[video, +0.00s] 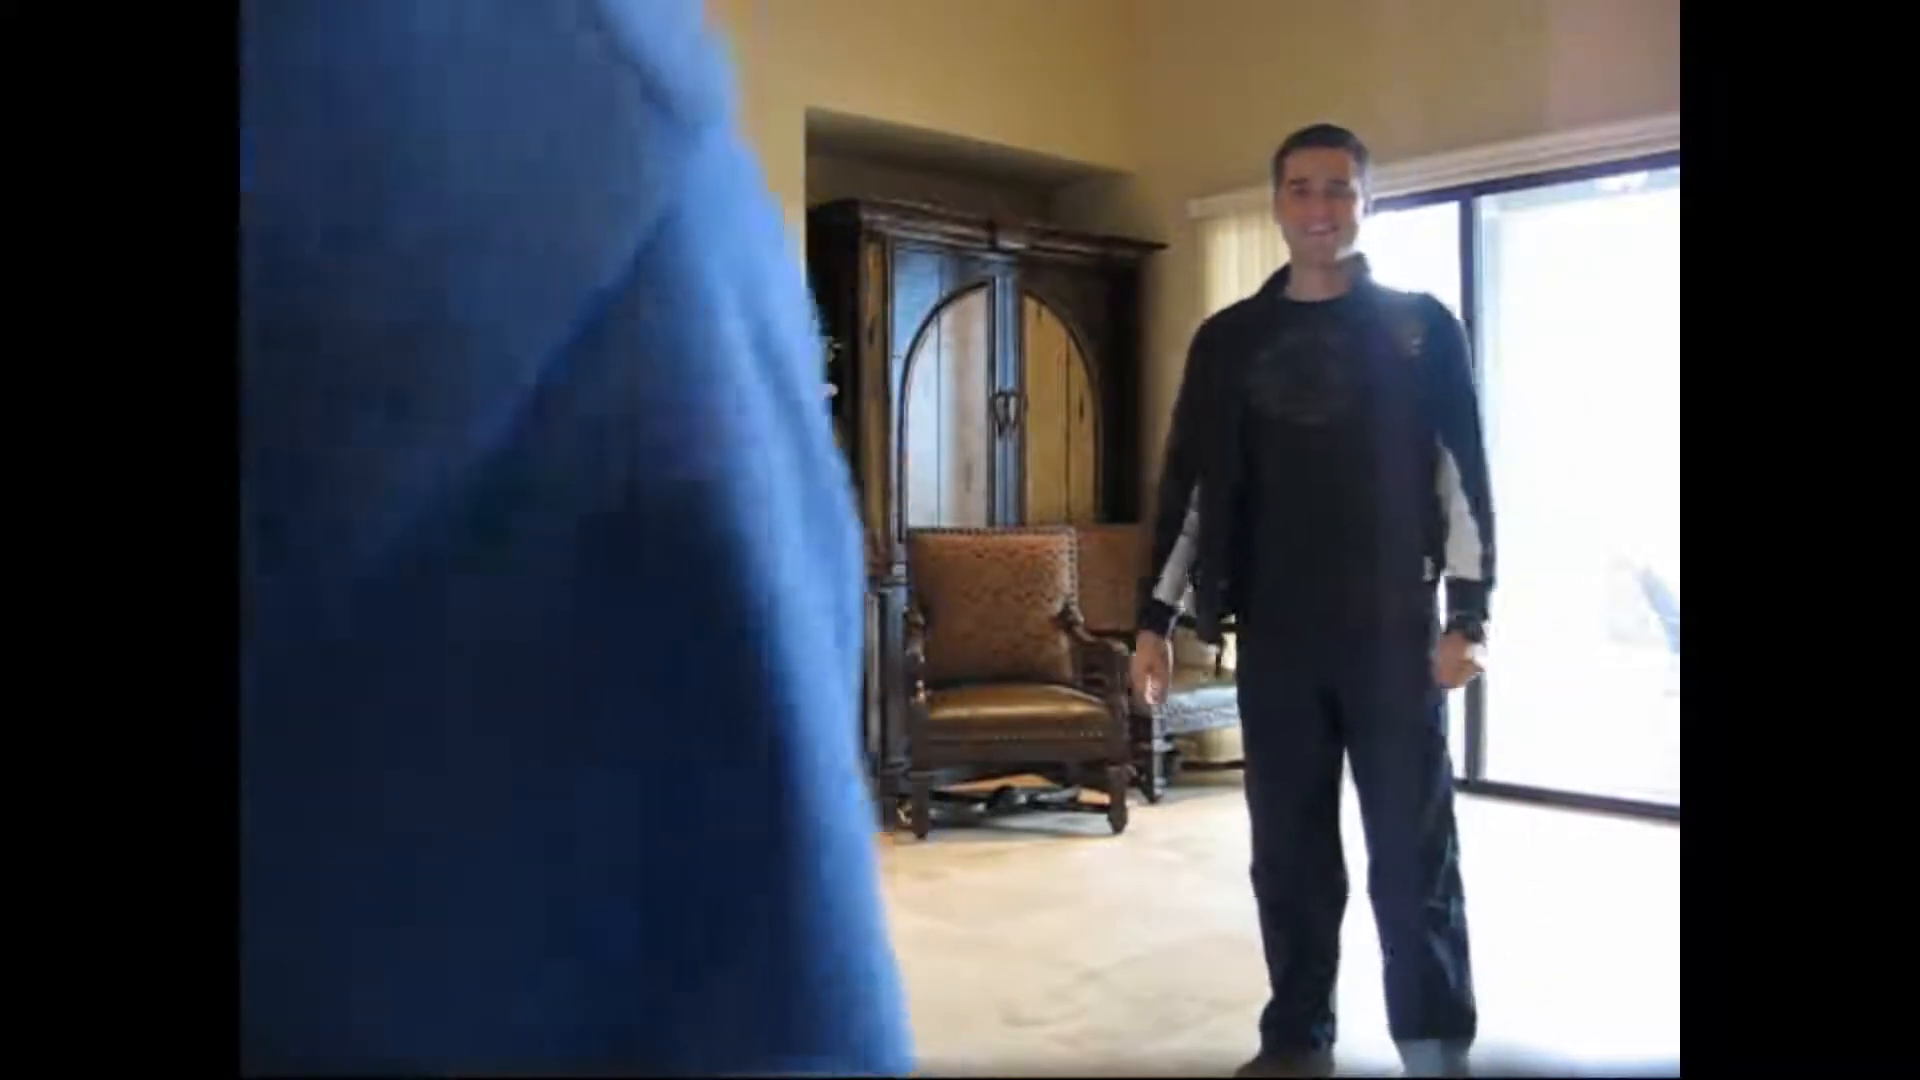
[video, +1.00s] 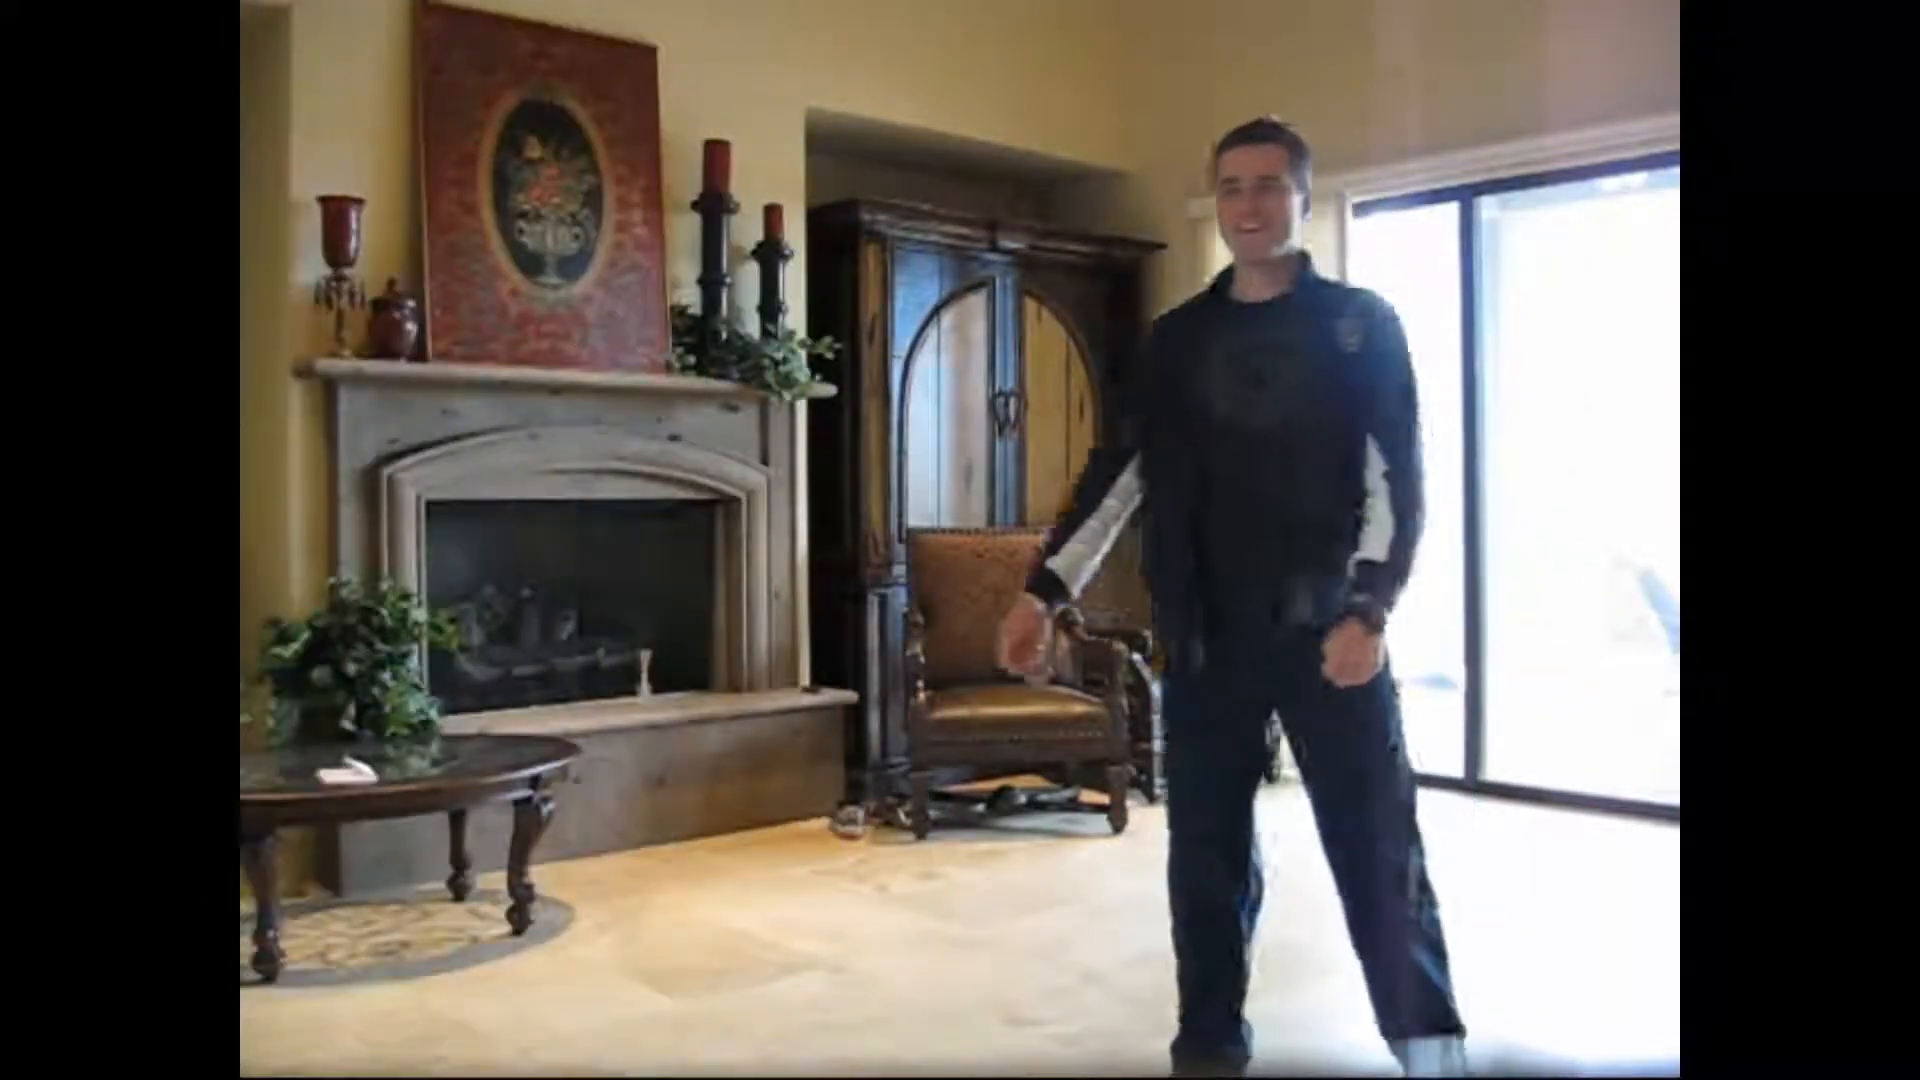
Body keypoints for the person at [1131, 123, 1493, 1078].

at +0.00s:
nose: (1319, 204)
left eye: (1337, 188)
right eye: (1301, 188)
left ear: (1366, 203)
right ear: (1276, 204)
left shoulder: (1420, 326)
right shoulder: (1226, 338)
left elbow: (1464, 477)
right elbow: (1185, 486)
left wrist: (1467, 616)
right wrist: (1155, 619)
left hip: (1392, 634)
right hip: (1276, 636)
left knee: (1414, 861)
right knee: (1287, 856)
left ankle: (1439, 1055)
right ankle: (1295, 1041)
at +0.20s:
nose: (1332, 202)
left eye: (1350, 185)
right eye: (1314, 186)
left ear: (1377, 202)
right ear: (1287, 203)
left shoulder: (1430, 323)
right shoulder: (1236, 338)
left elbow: (1483, 476)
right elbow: (1202, 487)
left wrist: (1494, 610)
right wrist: (1193, 620)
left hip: (1403, 630)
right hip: (1282, 633)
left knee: (1419, 852)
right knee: (1293, 851)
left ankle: (1437, 1049)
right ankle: (1296, 1039)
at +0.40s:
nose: (1343, 197)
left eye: (1360, 181)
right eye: (1325, 182)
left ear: (1388, 198)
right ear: (1298, 200)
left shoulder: (1447, 323)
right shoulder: (1248, 336)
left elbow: (1501, 475)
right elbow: (1215, 488)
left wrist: (1515, 610)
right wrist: (1221, 620)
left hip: (1419, 631)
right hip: (1293, 635)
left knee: (1427, 855)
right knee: (1298, 853)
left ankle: (1440, 1052)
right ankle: (1296, 1038)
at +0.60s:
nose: (1335, 202)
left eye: (1353, 185)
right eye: (1317, 187)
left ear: (1386, 199)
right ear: (1295, 204)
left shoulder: (1453, 326)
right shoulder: (1255, 337)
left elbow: (1506, 480)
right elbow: (1215, 481)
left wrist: (1499, 612)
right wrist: (1197, 610)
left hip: (1416, 630)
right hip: (1286, 631)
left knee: (1425, 857)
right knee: (1258, 838)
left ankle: (1438, 1054)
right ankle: (1266, 1028)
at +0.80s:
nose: (1301, 206)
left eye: (1319, 187)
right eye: (1283, 191)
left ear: (1355, 199)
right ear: (1265, 207)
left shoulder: (1420, 327)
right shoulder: (1223, 345)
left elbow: (1471, 483)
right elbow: (1177, 491)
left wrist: (1426, 592)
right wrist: (1124, 609)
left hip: (1380, 634)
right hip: (1258, 638)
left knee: (1414, 853)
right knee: (1235, 854)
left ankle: (1440, 1053)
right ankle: (1210, 1054)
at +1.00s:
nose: (1252, 204)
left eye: (1270, 185)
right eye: (1235, 188)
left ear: (1302, 198)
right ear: (1215, 205)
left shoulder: (1359, 323)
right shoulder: (1171, 342)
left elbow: (1399, 477)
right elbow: (1114, 479)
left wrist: (1371, 610)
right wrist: (1042, 593)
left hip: (1328, 633)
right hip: (1205, 640)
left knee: (1382, 864)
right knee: (1206, 864)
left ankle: (1432, 1056)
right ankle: (1208, 1054)